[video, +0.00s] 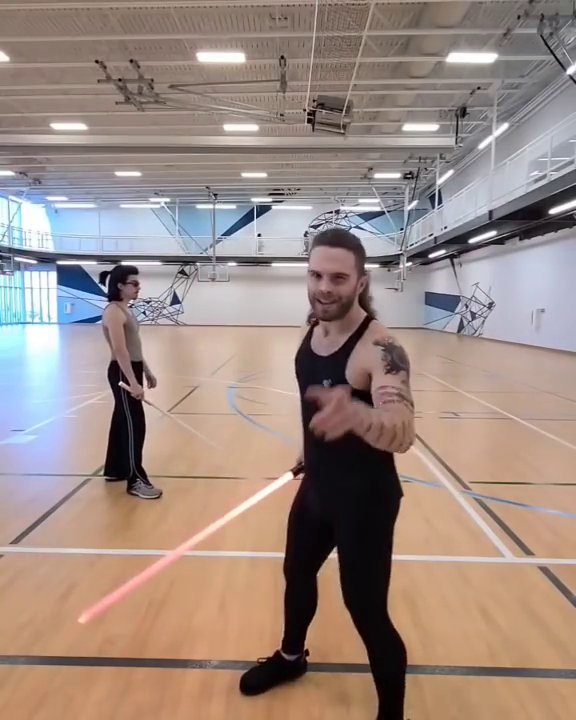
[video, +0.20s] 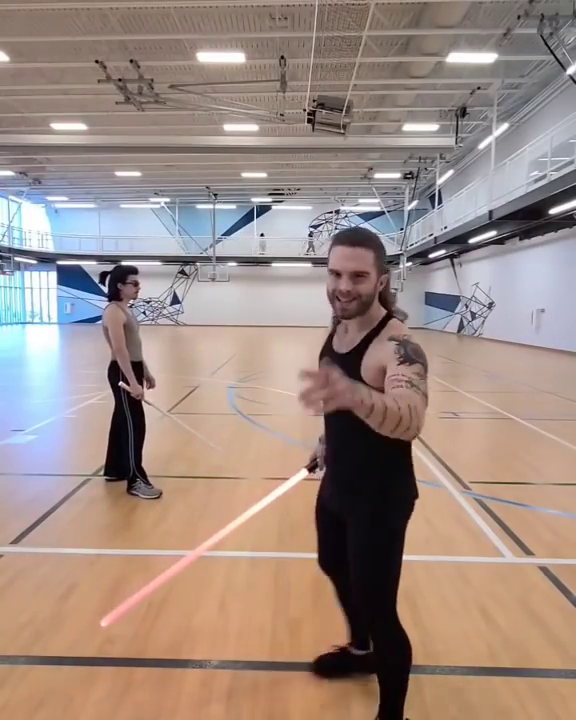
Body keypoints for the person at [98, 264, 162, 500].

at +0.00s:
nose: (137, 288)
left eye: (138, 284)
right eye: (133, 284)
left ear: (130, 287)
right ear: (119, 286)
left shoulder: (125, 310)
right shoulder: (113, 312)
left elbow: (133, 346)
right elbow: (119, 350)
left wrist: (147, 372)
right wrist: (133, 381)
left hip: (132, 369)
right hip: (123, 371)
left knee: (122, 421)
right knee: (136, 424)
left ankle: (114, 468)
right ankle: (136, 480)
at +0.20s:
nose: (137, 288)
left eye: (138, 284)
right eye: (133, 284)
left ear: (130, 287)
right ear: (119, 286)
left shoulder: (125, 310)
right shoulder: (113, 312)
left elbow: (133, 347)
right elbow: (119, 351)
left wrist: (146, 372)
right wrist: (132, 382)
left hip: (131, 370)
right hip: (123, 372)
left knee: (122, 422)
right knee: (136, 425)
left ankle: (114, 468)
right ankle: (136, 480)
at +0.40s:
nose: (137, 288)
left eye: (138, 284)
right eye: (133, 284)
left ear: (130, 287)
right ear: (119, 286)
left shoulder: (125, 310)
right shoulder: (114, 312)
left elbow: (132, 347)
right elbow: (119, 351)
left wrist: (141, 374)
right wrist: (132, 382)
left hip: (131, 369)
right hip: (123, 372)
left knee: (122, 422)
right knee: (136, 425)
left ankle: (114, 468)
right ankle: (136, 479)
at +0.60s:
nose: (138, 289)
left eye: (138, 285)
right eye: (133, 285)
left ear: (130, 288)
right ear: (119, 286)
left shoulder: (125, 310)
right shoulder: (114, 313)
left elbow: (133, 346)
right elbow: (119, 350)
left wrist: (140, 375)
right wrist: (132, 381)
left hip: (132, 369)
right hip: (123, 372)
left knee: (122, 422)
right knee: (136, 424)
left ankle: (115, 468)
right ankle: (135, 479)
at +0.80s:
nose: (137, 289)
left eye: (138, 285)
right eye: (133, 285)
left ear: (132, 288)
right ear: (119, 286)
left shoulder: (125, 310)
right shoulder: (114, 313)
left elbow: (133, 346)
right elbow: (119, 351)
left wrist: (142, 373)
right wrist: (132, 381)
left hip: (131, 369)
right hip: (123, 372)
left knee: (122, 422)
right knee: (136, 424)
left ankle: (114, 468)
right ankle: (135, 479)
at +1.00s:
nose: (137, 289)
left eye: (138, 285)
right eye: (133, 285)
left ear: (133, 287)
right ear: (119, 286)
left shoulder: (126, 310)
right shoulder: (114, 313)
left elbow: (133, 347)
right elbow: (119, 351)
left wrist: (144, 373)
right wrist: (132, 381)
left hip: (131, 369)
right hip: (123, 372)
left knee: (122, 421)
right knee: (136, 424)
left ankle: (114, 468)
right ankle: (135, 479)